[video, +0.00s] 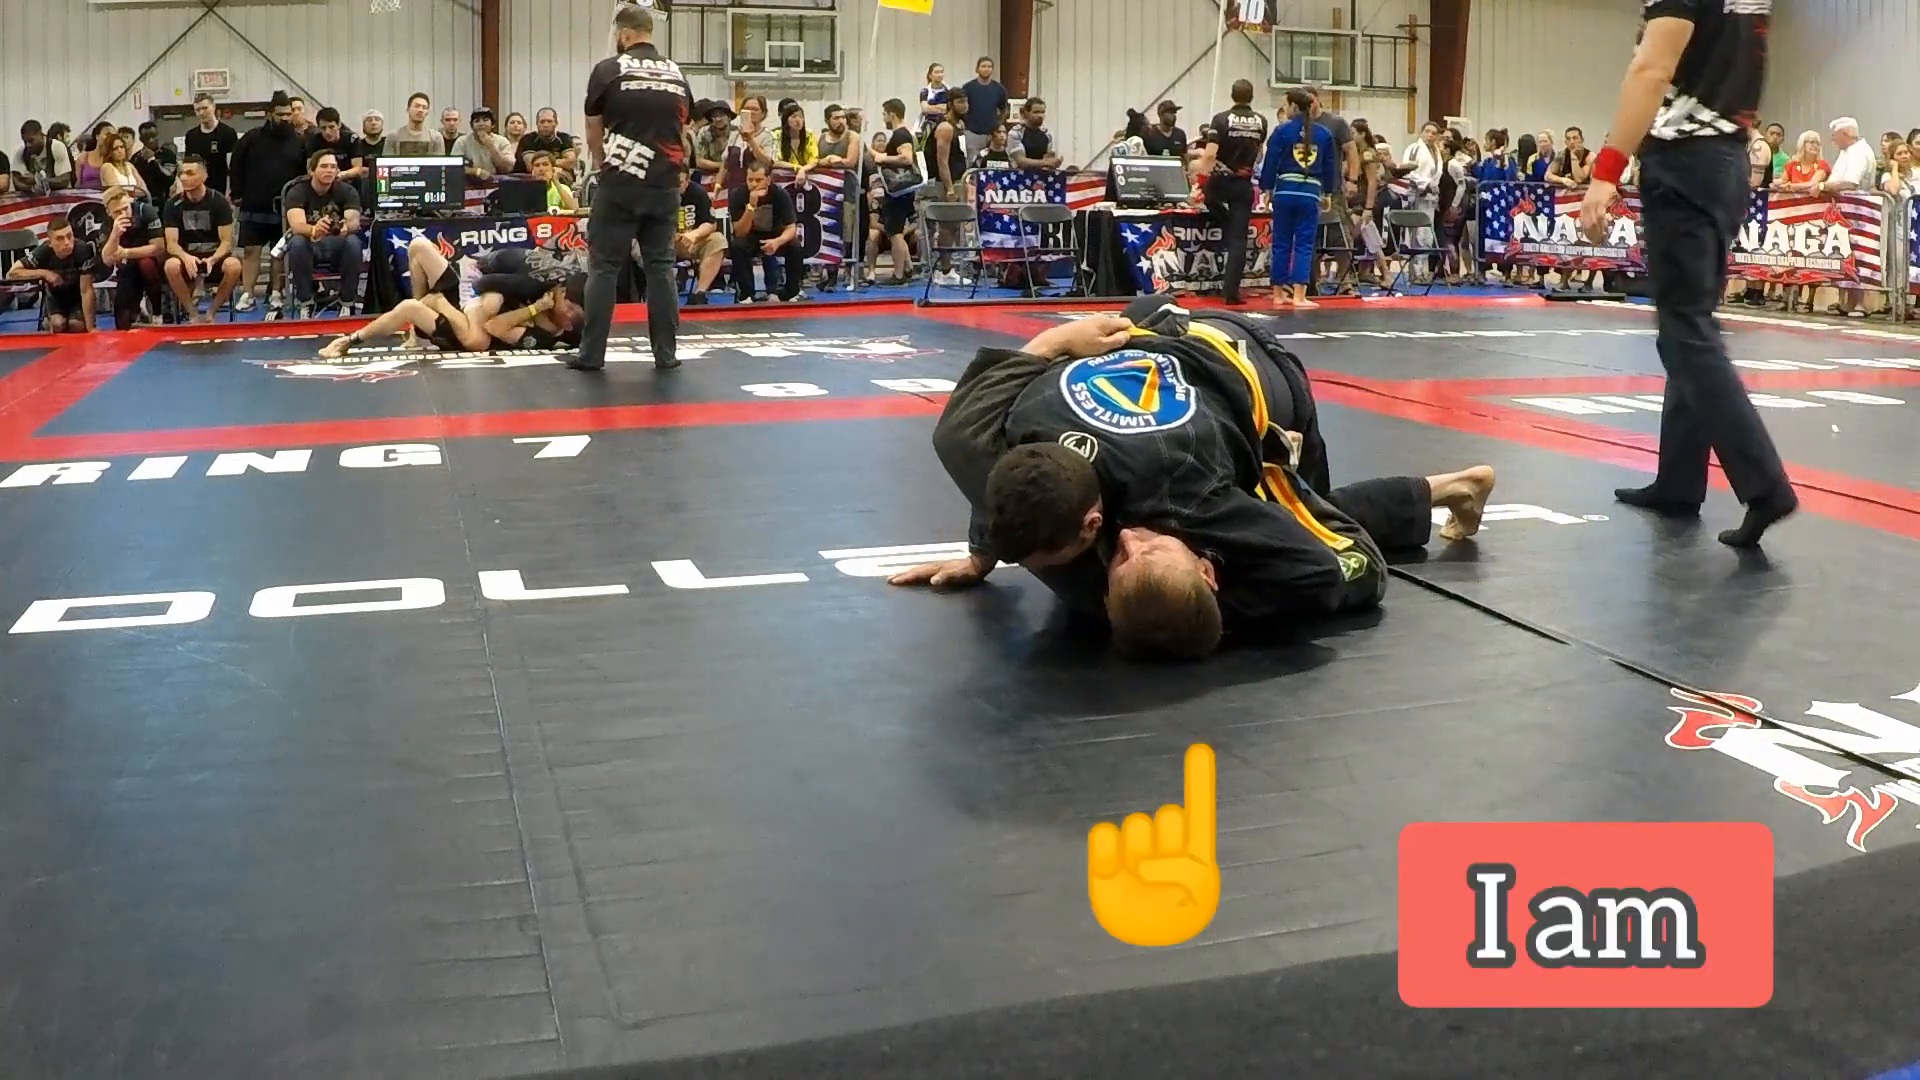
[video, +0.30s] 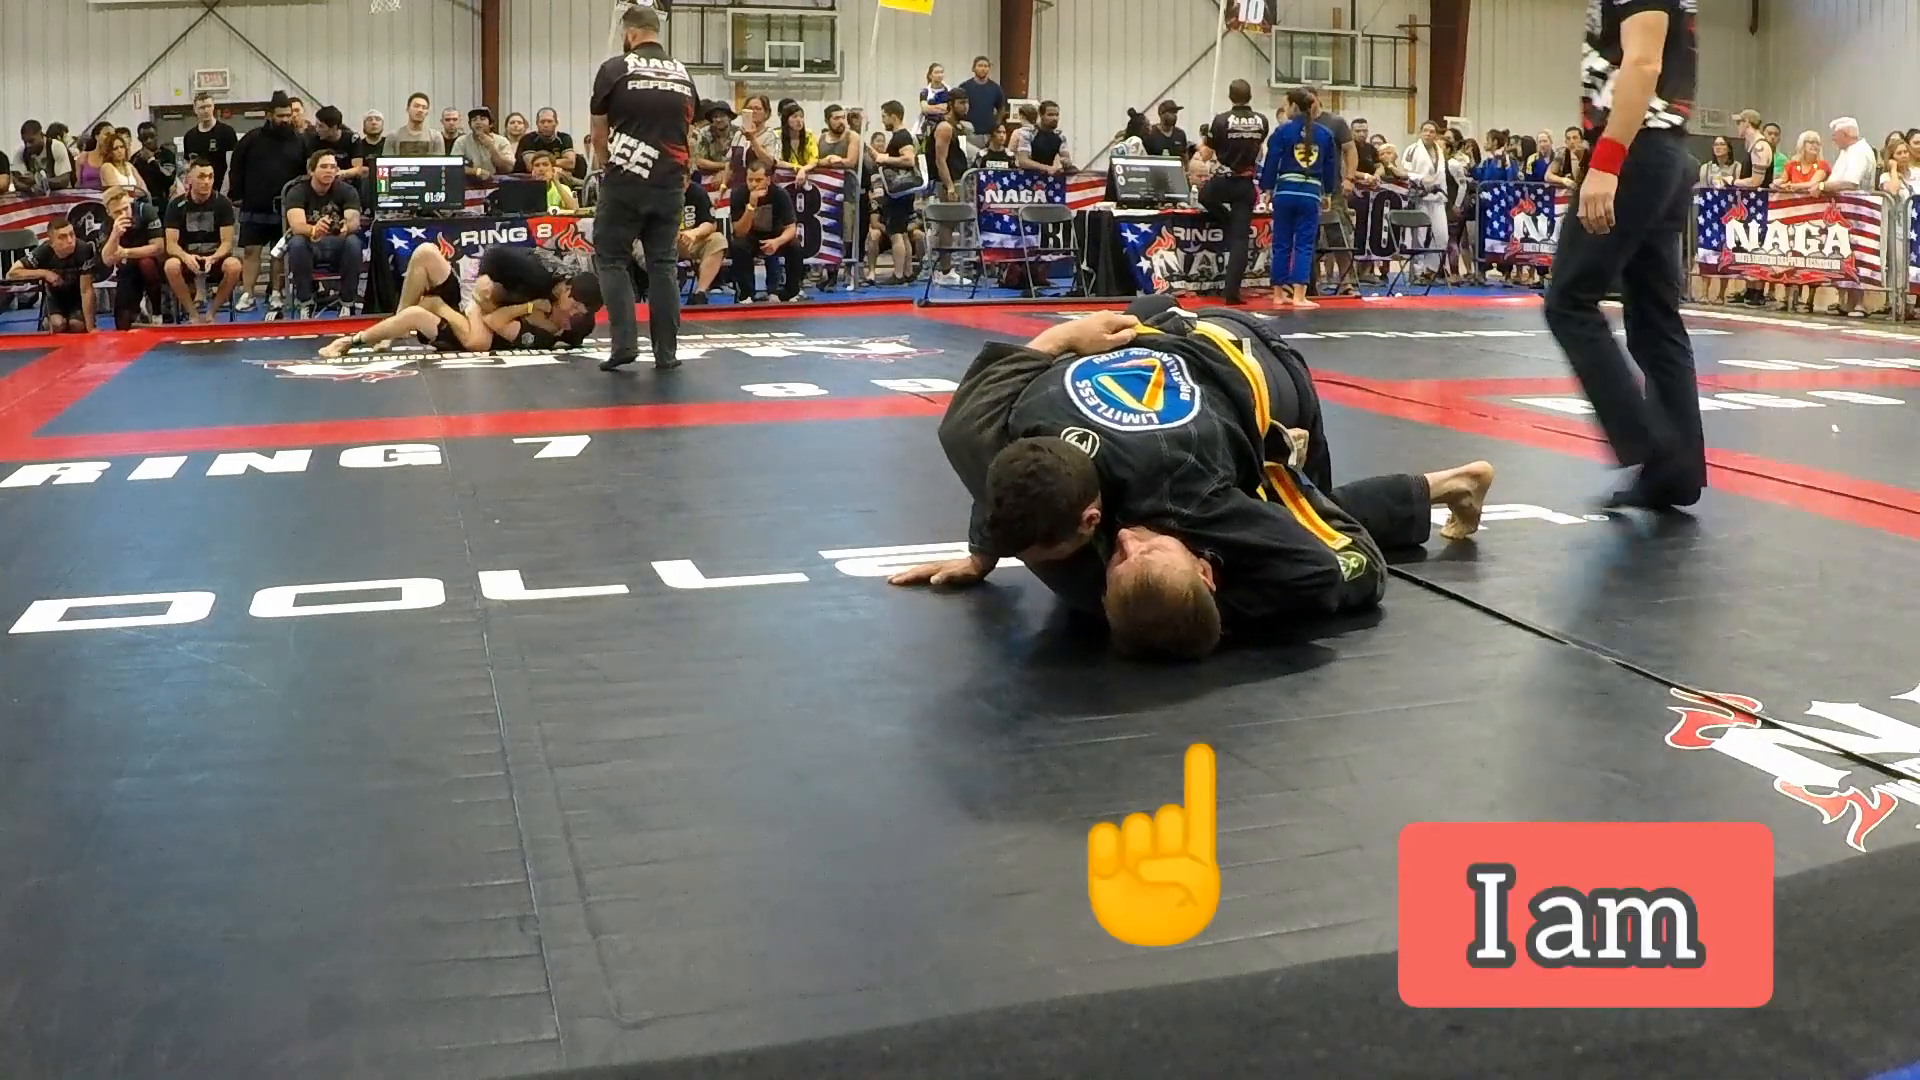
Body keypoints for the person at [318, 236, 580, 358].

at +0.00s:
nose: (566, 315)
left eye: (570, 319)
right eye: (570, 313)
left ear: (563, 326)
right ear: (562, 303)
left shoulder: (537, 332)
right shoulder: (532, 294)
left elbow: (492, 327)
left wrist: (534, 309)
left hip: (468, 331)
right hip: (468, 292)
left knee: (409, 306)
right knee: (419, 247)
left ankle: (348, 341)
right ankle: (419, 326)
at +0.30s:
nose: (565, 310)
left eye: (571, 312)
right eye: (570, 306)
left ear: (571, 324)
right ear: (566, 299)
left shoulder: (545, 336)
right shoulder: (545, 306)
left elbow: (496, 322)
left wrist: (528, 308)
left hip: (473, 332)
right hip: (470, 307)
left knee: (414, 315)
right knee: (426, 253)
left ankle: (349, 342)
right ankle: (399, 323)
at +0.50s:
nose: (575, 314)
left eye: (583, 313)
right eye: (579, 307)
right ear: (569, 289)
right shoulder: (546, 273)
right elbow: (514, 252)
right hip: (480, 273)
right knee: (480, 341)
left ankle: (432, 308)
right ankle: (433, 309)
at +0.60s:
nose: (575, 309)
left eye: (581, 308)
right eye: (577, 303)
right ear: (570, 290)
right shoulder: (540, 268)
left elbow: (566, 339)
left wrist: (541, 315)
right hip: (477, 273)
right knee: (480, 343)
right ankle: (432, 311)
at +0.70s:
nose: (577, 306)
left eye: (581, 305)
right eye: (580, 302)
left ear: (574, 290)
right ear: (575, 289)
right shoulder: (546, 278)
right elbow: (500, 296)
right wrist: (518, 291)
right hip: (477, 275)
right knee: (479, 342)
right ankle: (432, 311)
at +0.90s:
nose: (577, 310)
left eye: (585, 306)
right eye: (575, 302)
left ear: (591, 305)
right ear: (565, 289)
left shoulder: (580, 318)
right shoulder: (544, 279)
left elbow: (505, 329)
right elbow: (500, 322)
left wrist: (521, 281)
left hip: (485, 323)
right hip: (480, 274)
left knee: (427, 330)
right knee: (410, 256)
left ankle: (354, 344)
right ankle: (395, 330)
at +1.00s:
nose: (574, 315)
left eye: (580, 311)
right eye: (570, 308)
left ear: (587, 307)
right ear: (558, 294)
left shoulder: (582, 318)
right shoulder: (536, 281)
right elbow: (494, 311)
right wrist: (529, 336)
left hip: (496, 325)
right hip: (483, 285)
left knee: (427, 333)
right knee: (412, 258)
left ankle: (355, 343)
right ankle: (396, 329)